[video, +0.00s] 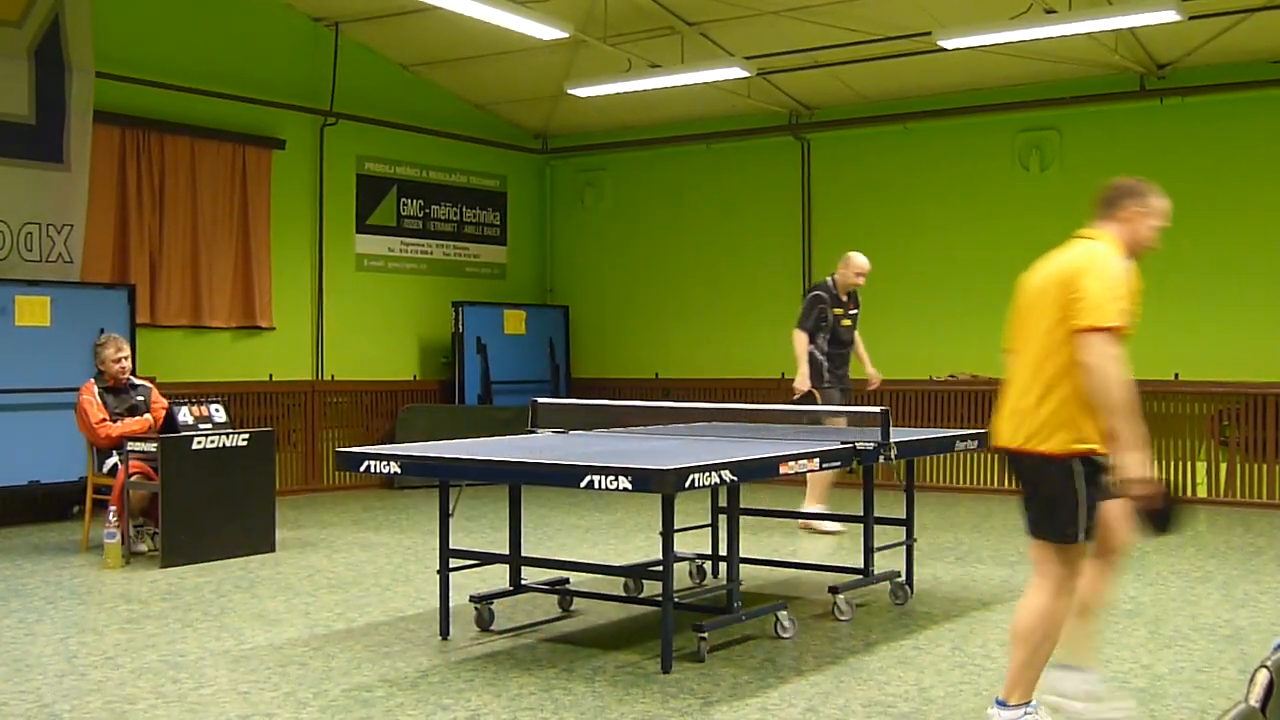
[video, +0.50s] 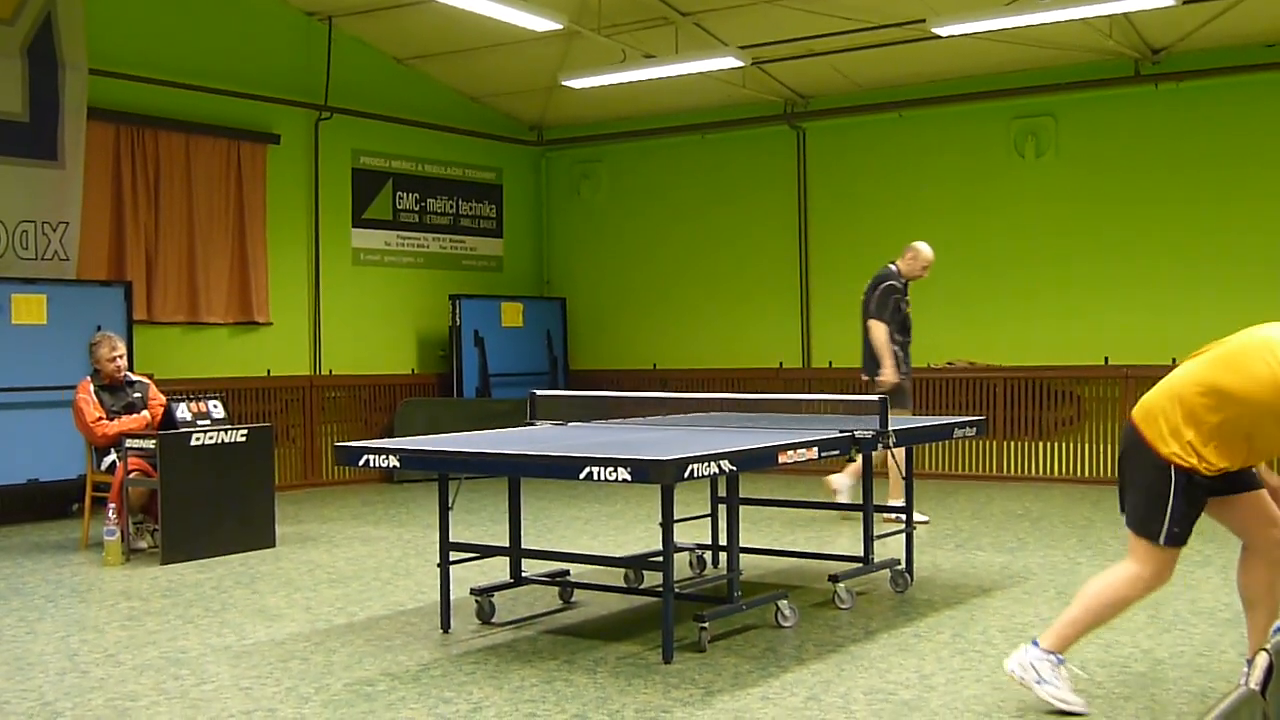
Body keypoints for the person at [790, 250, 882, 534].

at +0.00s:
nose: (862, 281)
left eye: (865, 276)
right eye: (858, 275)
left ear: (862, 276)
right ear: (841, 270)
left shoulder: (853, 298)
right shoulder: (820, 295)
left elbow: (852, 334)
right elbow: (800, 332)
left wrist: (868, 367)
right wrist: (802, 372)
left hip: (840, 381)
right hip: (820, 381)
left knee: (826, 443)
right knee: (838, 440)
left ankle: (810, 508)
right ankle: (816, 507)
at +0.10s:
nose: (878, 284)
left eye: (880, 279)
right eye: (875, 277)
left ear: (872, 276)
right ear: (858, 271)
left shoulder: (862, 298)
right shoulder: (835, 294)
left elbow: (860, 334)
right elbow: (815, 330)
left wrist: (879, 362)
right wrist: (815, 370)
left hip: (845, 380)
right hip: (831, 380)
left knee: (825, 446)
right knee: (855, 441)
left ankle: (809, 509)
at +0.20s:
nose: (888, 282)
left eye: (890, 277)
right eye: (886, 276)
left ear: (876, 272)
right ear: (870, 268)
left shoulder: (869, 294)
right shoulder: (846, 289)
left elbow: (867, 333)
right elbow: (826, 326)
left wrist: (883, 360)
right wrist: (824, 367)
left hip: (853, 376)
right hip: (841, 376)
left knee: (827, 442)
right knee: (869, 435)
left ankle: (811, 505)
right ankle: (884, 500)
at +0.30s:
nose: (903, 280)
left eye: (905, 275)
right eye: (901, 274)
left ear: (892, 269)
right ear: (885, 266)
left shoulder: (880, 292)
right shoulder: (862, 288)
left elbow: (870, 336)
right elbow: (844, 325)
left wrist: (881, 366)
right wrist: (842, 367)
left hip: (867, 375)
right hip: (858, 376)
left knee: (840, 439)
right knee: (879, 440)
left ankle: (812, 498)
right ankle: (895, 505)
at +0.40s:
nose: (913, 278)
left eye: (915, 273)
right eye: (911, 272)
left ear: (900, 266)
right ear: (896, 263)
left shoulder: (889, 287)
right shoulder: (873, 286)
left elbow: (880, 334)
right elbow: (856, 326)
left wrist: (883, 373)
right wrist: (859, 367)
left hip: (878, 374)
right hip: (871, 375)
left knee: (854, 438)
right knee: (892, 439)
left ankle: (820, 493)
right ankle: (897, 505)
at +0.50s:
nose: (925, 274)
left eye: (927, 268)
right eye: (924, 267)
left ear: (911, 260)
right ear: (909, 259)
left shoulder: (895, 281)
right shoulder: (889, 282)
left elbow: (886, 327)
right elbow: (877, 324)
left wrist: (896, 365)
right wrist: (887, 366)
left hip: (892, 371)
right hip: (892, 372)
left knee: (888, 438)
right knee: (900, 437)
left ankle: (844, 478)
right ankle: (897, 503)